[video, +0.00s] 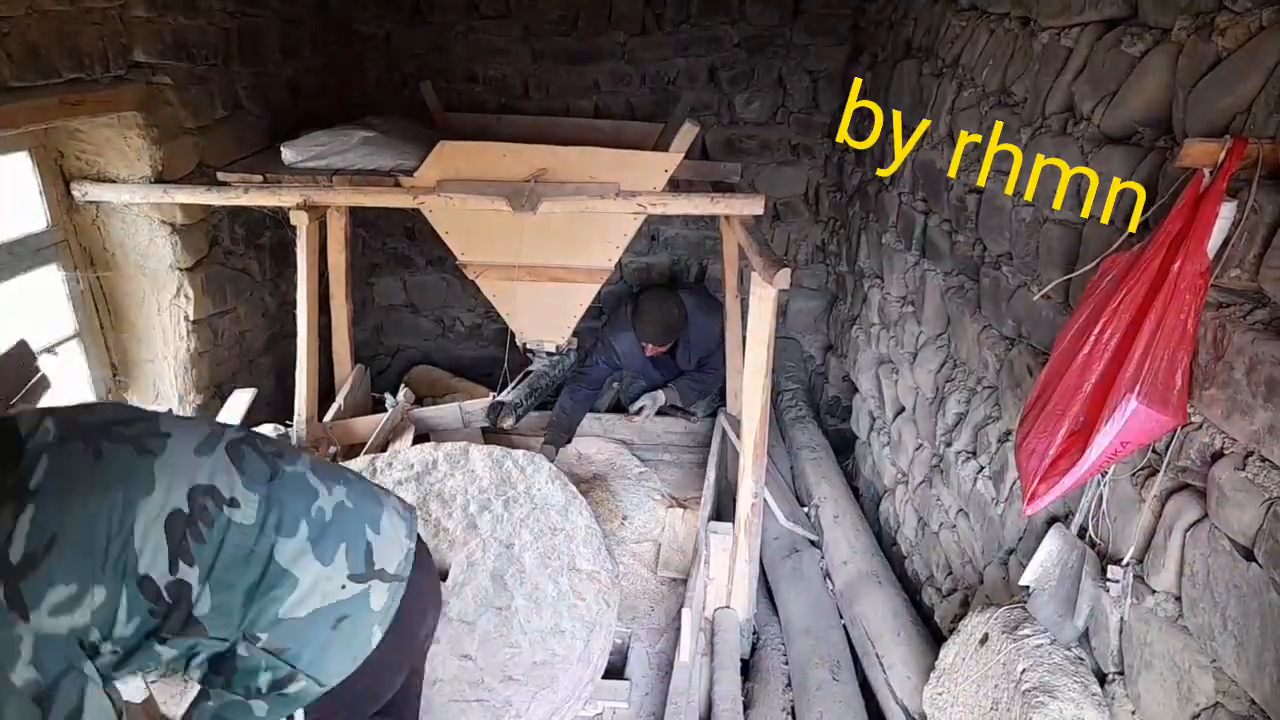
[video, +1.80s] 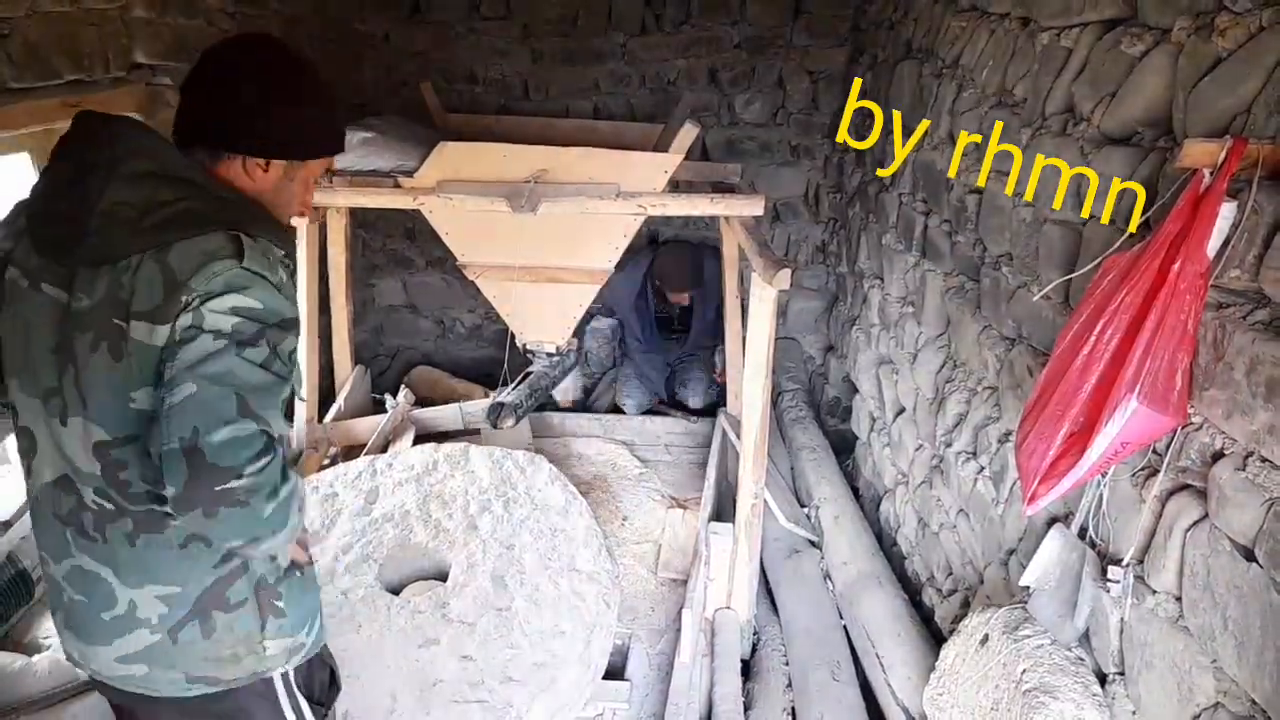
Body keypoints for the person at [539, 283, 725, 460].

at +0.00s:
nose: (648, 350)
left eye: (657, 345)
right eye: (643, 342)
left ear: (676, 336)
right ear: (635, 329)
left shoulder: (710, 327)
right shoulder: (617, 337)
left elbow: (711, 375)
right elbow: (583, 386)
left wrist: (663, 396)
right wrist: (551, 444)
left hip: (690, 366)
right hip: (643, 371)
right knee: (633, 396)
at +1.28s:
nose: (634, 361)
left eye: (643, 356)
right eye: (628, 353)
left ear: (662, 345)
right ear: (621, 341)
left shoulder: (702, 341)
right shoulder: (606, 354)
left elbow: (710, 378)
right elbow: (579, 400)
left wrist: (658, 399)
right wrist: (556, 455)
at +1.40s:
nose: (636, 360)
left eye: (644, 354)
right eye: (630, 352)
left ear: (662, 345)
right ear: (622, 339)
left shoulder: (703, 339)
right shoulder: (608, 352)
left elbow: (710, 379)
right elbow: (576, 394)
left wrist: (658, 398)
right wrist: (557, 443)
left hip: (687, 369)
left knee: (698, 407)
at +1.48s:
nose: (643, 352)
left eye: (653, 345)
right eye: (639, 343)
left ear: (672, 337)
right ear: (631, 331)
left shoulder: (708, 335)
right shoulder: (616, 342)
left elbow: (711, 379)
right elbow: (589, 387)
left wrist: (662, 394)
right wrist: (566, 442)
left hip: (689, 368)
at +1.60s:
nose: (643, 347)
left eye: (653, 341)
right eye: (639, 339)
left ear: (674, 333)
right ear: (632, 327)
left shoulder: (709, 333)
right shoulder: (617, 339)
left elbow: (714, 379)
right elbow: (584, 387)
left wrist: (664, 393)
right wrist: (563, 449)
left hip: (691, 368)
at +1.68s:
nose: (641, 353)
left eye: (649, 348)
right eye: (636, 346)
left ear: (667, 337)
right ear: (625, 328)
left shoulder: (703, 324)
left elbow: (714, 373)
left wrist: (662, 393)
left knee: (702, 406)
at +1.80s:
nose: (686, 302)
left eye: (690, 294)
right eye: (678, 295)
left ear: (697, 281)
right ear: (658, 285)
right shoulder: (628, 289)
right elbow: (638, 348)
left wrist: (725, 353)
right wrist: (657, 393)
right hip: (646, 349)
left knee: (697, 400)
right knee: (632, 405)